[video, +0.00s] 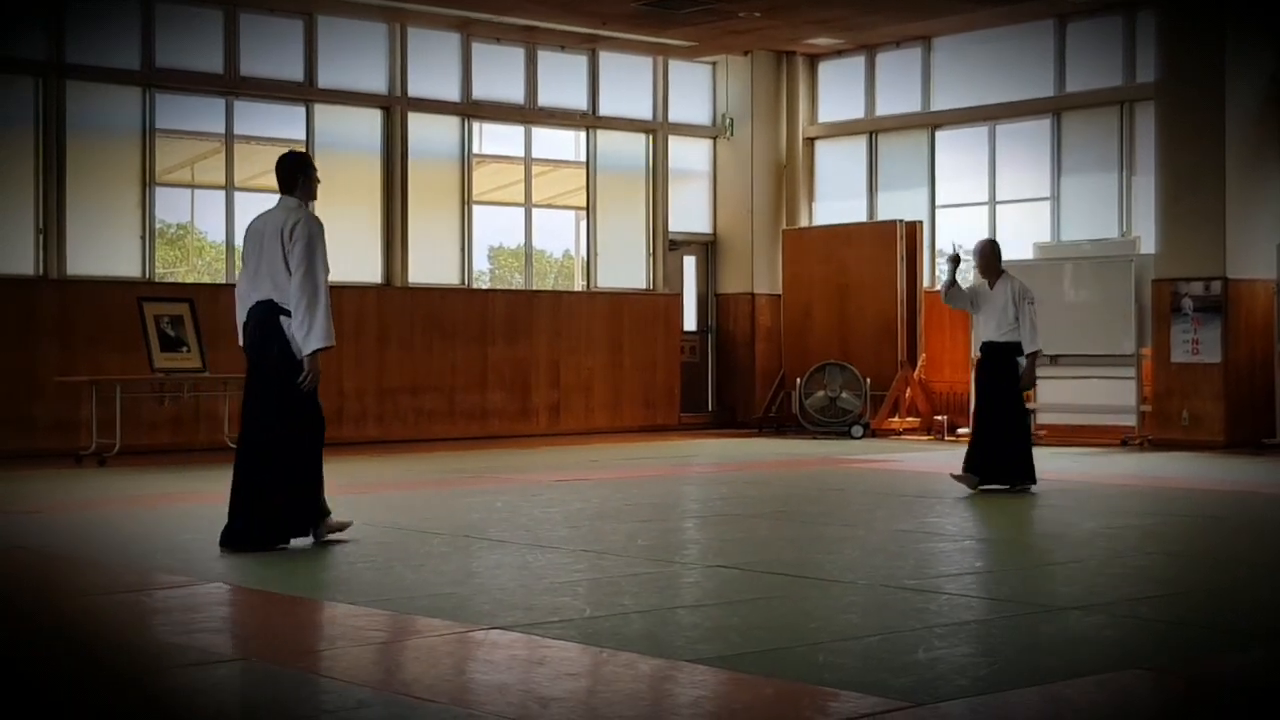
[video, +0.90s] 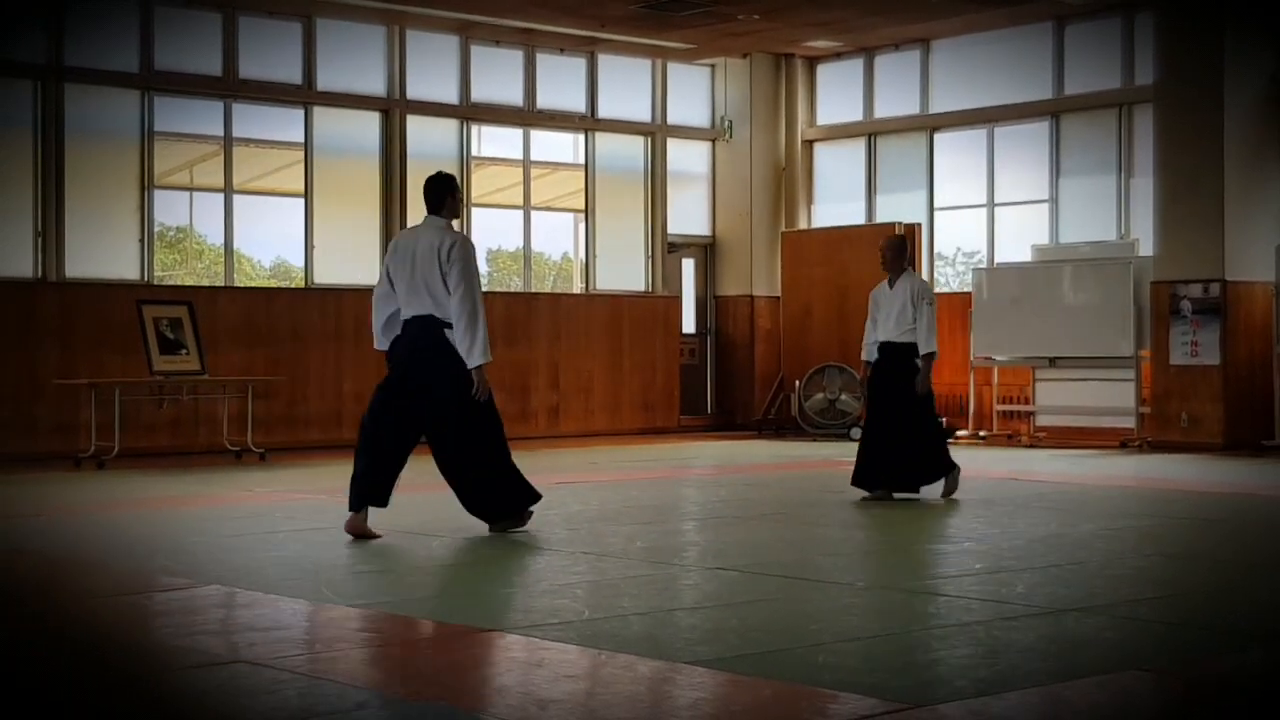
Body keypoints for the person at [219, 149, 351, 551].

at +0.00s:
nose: (318, 183)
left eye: (316, 176)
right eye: (314, 177)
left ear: (282, 181)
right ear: (303, 180)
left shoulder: (257, 224)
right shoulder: (305, 223)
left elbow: (246, 285)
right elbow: (305, 289)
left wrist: (246, 336)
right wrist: (311, 347)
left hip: (258, 328)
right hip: (286, 329)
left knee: (306, 422)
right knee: (268, 427)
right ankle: (249, 529)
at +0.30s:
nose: (358, 192)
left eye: (356, 186)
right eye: (354, 187)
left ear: (324, 192)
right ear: (342, 191)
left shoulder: (300, 234)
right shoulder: (347, 231)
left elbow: (286, 293)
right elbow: (350, 294)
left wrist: (286, 343)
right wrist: (355, 352)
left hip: (302, 339)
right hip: (330, 341)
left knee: (339, 430)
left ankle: (350, 519)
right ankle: (251, 517)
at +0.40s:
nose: (372, 189)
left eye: (370, 183)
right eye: (368, 184)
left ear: (337, 189)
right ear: (357, 187)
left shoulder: (315, 231)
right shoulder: (363, 228)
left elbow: (303, 291)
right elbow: (367, 291)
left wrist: (305, 341)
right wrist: (374, 348)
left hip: (319, 334)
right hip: (349, 335)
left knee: (342, 429)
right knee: (346, 429)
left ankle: (355, 522)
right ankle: (276, 504)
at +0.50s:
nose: (384, 189)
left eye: (381, 182)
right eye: (382, 183)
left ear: (349, 187)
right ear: (374, 186)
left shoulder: (328, 229)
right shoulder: (376, 226)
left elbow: (318, 287)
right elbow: (383, 287)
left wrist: (321, 334)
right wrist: (392, 344)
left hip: (332, 329)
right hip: (365, 329)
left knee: (341, 419)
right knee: (383, 427)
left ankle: (353, 520)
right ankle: (322, 497)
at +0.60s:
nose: (402, 188)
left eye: (400, 182)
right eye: (400, 182)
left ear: (366, 188)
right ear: (393, 186)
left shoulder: (344, 228)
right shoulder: (393, 227)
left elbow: (332, 287)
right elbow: (401, 289)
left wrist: (339, 333)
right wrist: (412, 345)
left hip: (348, 333)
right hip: (382, 332)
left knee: (358, 423)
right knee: (418, 422)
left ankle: (354, 522)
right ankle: (378, 507)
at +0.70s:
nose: (420, 191)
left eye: (418, 185)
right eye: (416, 186)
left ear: (385, 191)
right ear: (407, 190)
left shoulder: (361, 233)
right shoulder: (411, 230)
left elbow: (348, 291)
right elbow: (419, 293)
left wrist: (352, 338)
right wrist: (431, 347)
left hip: (364, 340)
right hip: (402, 340)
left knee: (355, 428)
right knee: (443, 423)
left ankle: (351, 522)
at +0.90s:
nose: (461, 203)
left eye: (459, 198)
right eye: (459, 198)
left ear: (427, 202)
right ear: (453, 201)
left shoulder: (400, 243)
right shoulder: (456, 243)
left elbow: (384, 298)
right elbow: (465, 304)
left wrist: (390, 345)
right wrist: (478, 361)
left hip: (406, 348)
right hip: (445, 347)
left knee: (382, 426)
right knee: (475, 428)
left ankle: (358, 513)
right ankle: (502, 511)